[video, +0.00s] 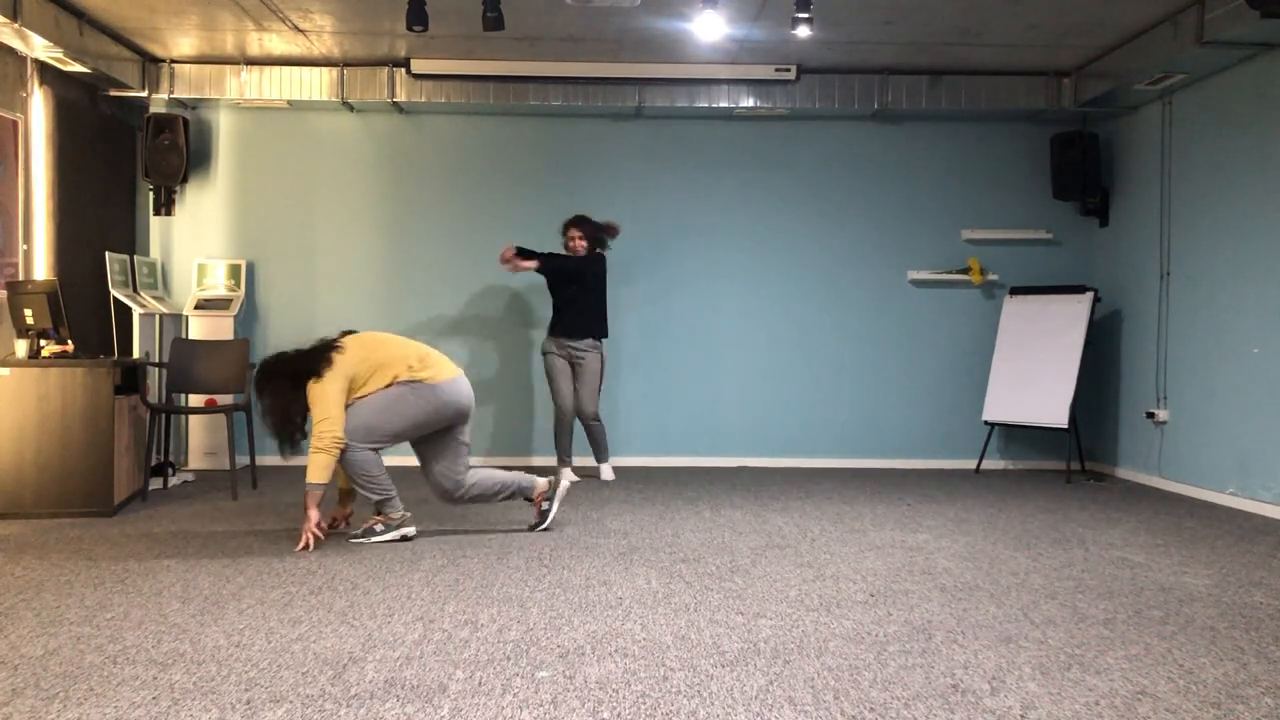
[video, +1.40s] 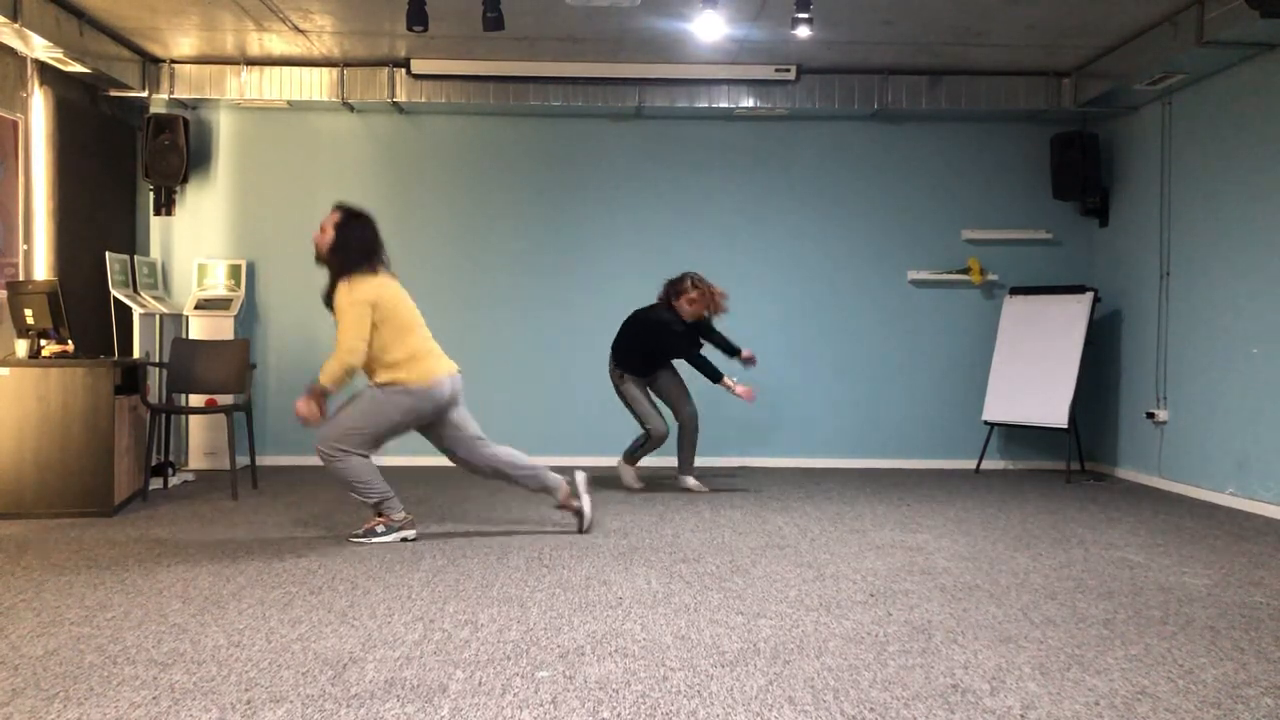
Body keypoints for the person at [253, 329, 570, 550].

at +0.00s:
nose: (284, 411)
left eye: (279, 404)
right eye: (277, 405)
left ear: (288, 387)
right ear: (297, 371)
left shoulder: (325, 375)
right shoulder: (342, 363)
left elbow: (326, 440)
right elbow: (352, 441)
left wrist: (310, 510)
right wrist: (343, 504)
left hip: (433, 389)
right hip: (450, 388)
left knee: (346, 435)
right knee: (453, 485)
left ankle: (392, 516)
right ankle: (539, 488)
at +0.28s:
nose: (289, 419)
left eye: (278, 413)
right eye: (280, 415)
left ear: (278, 391)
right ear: (284, 376)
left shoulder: (309, 369)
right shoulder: (325, 357)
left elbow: (317, 438)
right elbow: (344, 435)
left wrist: (310, 513)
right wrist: (341, 502)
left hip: (419, 362)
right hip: (443, 355)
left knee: (348, 432)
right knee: (487, 433)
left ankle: (391, 514)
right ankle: (564, 486)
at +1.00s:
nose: (287, 392)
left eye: (281, 384)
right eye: (280, 385)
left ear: (290, 371)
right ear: (306, 352)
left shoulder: (325, 373)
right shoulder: (343, 359)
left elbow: (323, 445)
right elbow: (349, 441)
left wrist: (310, 515)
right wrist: (340, 499)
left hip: (430, 420)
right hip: (455, 413)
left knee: (335, 444)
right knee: (485, 492)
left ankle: (391, 516)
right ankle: (575, 488)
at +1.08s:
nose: (307, 382)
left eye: (302, 374)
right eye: (303, 376)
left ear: (308, 363)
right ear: (325, 347)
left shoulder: (338, 373)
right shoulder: (359, 359)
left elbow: (330, 447)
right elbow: (350, 441)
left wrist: (312, 511)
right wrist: (340, 499)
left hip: (435, 435)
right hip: (463, 429)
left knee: (342, 448)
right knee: (491, 505)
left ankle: (390, 518)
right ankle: (579, 491)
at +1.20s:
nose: (313, 334)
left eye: (317, 327)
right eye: (314, 326)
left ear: (336, 331)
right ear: (354, 326)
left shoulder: (362, 363)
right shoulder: (386, 349)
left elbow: (347, 429)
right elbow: (368, 426)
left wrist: (323, 486)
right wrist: (343, 483)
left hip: (439, 441)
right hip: (469, 437)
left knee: (347, 443)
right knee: (496, 513)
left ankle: (393, 519)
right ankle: (582, 494)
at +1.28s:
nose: (318, 308)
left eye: (323, 301)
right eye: (320, 299)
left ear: (343, 304)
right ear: (359, 301)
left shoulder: (364, 343)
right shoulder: (389, 329)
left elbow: (354, 410)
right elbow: (369, 405)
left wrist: (327, 460)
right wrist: (335, 461)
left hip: (439, 427)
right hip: (468, 424)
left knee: (342, 442)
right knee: (493, 500)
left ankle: (393, 517)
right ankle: (584, 495)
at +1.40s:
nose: (316, 234)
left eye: (324, 229)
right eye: (321, 226)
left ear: (343, 242)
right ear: (360, 244)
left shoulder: (352, 289)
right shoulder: (380, 281)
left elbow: (350, 354)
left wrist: (316, 393)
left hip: (411, 388)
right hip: (441, 381)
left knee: (334, 446)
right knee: (477, 453)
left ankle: (392, 516)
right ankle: (565, 489)